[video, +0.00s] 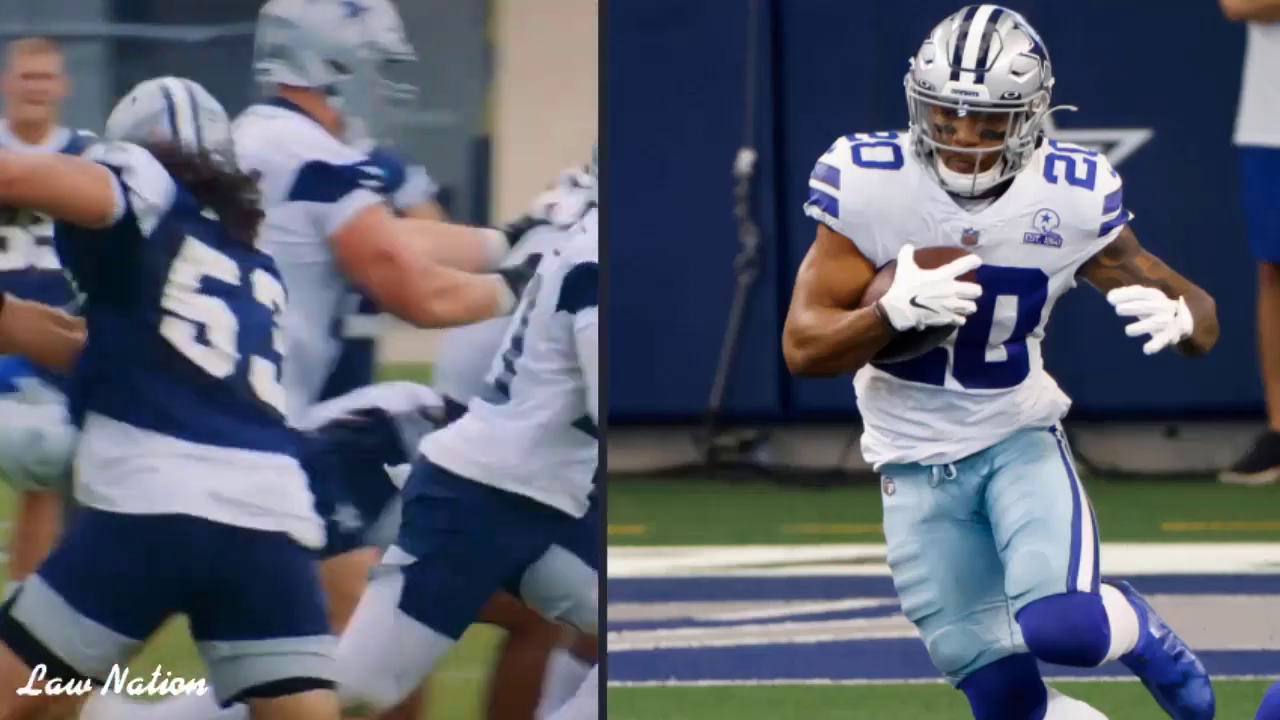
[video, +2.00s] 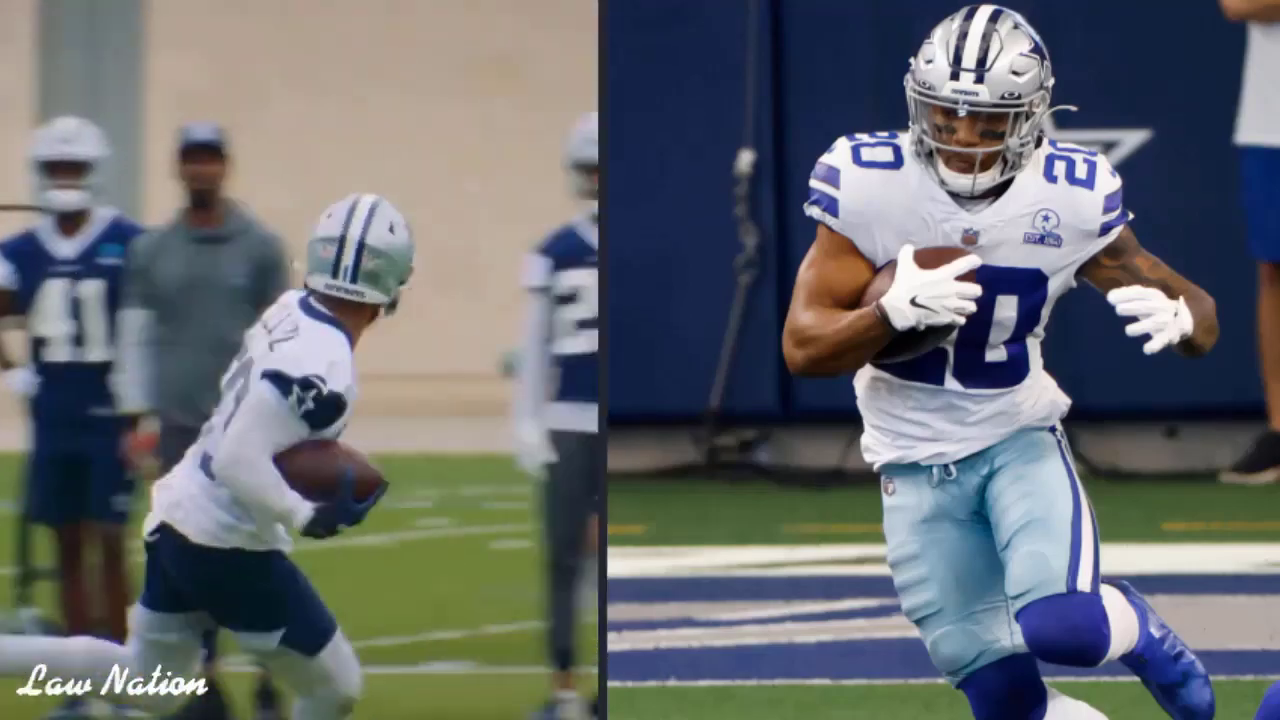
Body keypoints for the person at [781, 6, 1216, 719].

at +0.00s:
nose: (965, 137)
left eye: (987, 120)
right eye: (950, 116)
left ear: (1027, 118)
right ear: (922, 108)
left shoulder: (1071, 194)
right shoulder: (863, 180)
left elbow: (1197, 309)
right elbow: (801, 350)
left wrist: (1180, 318)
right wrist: (886, 313)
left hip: (1018, 437)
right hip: (911, 467)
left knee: (1055, 625)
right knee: (1001, 698)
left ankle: (1143, 633)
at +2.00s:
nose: (965, 137)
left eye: (987, 121)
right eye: (950, 116)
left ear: (1027, 118)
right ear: (922, 109)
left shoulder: (1071, 194)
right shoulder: (863, 180)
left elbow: (1197, 309)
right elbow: (801, 350)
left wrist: (1180, 318)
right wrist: (887, 313)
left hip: (1018, 437)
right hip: (911, 468)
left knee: (1054, 626)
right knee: (1001, 697)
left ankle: (1142, 633)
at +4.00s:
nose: (966, 137)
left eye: (988, 121)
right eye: (950, 116)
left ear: (1027, 119)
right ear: (922, 109)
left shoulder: (1070, 193)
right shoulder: (863, 179)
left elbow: (1196, 307)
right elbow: (801, 349)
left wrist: (1181, 319)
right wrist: (887, 313)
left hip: (1018, 437)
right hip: (911, 468)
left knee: (1054, 626)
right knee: (1001, 697)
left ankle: (1141, 632)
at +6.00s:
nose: (966, 138)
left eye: (988, 121)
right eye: (950, 117)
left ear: (1028, 119)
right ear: (922, 110)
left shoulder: (1071, 194)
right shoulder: (863, 179)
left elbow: (1197, 309)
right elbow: (801, 349)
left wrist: (1181, 319)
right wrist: (887, 313)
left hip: (1018, 437)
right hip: (911, 467)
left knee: (1054, 626)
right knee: (1001, 696)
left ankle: (1142, 633)